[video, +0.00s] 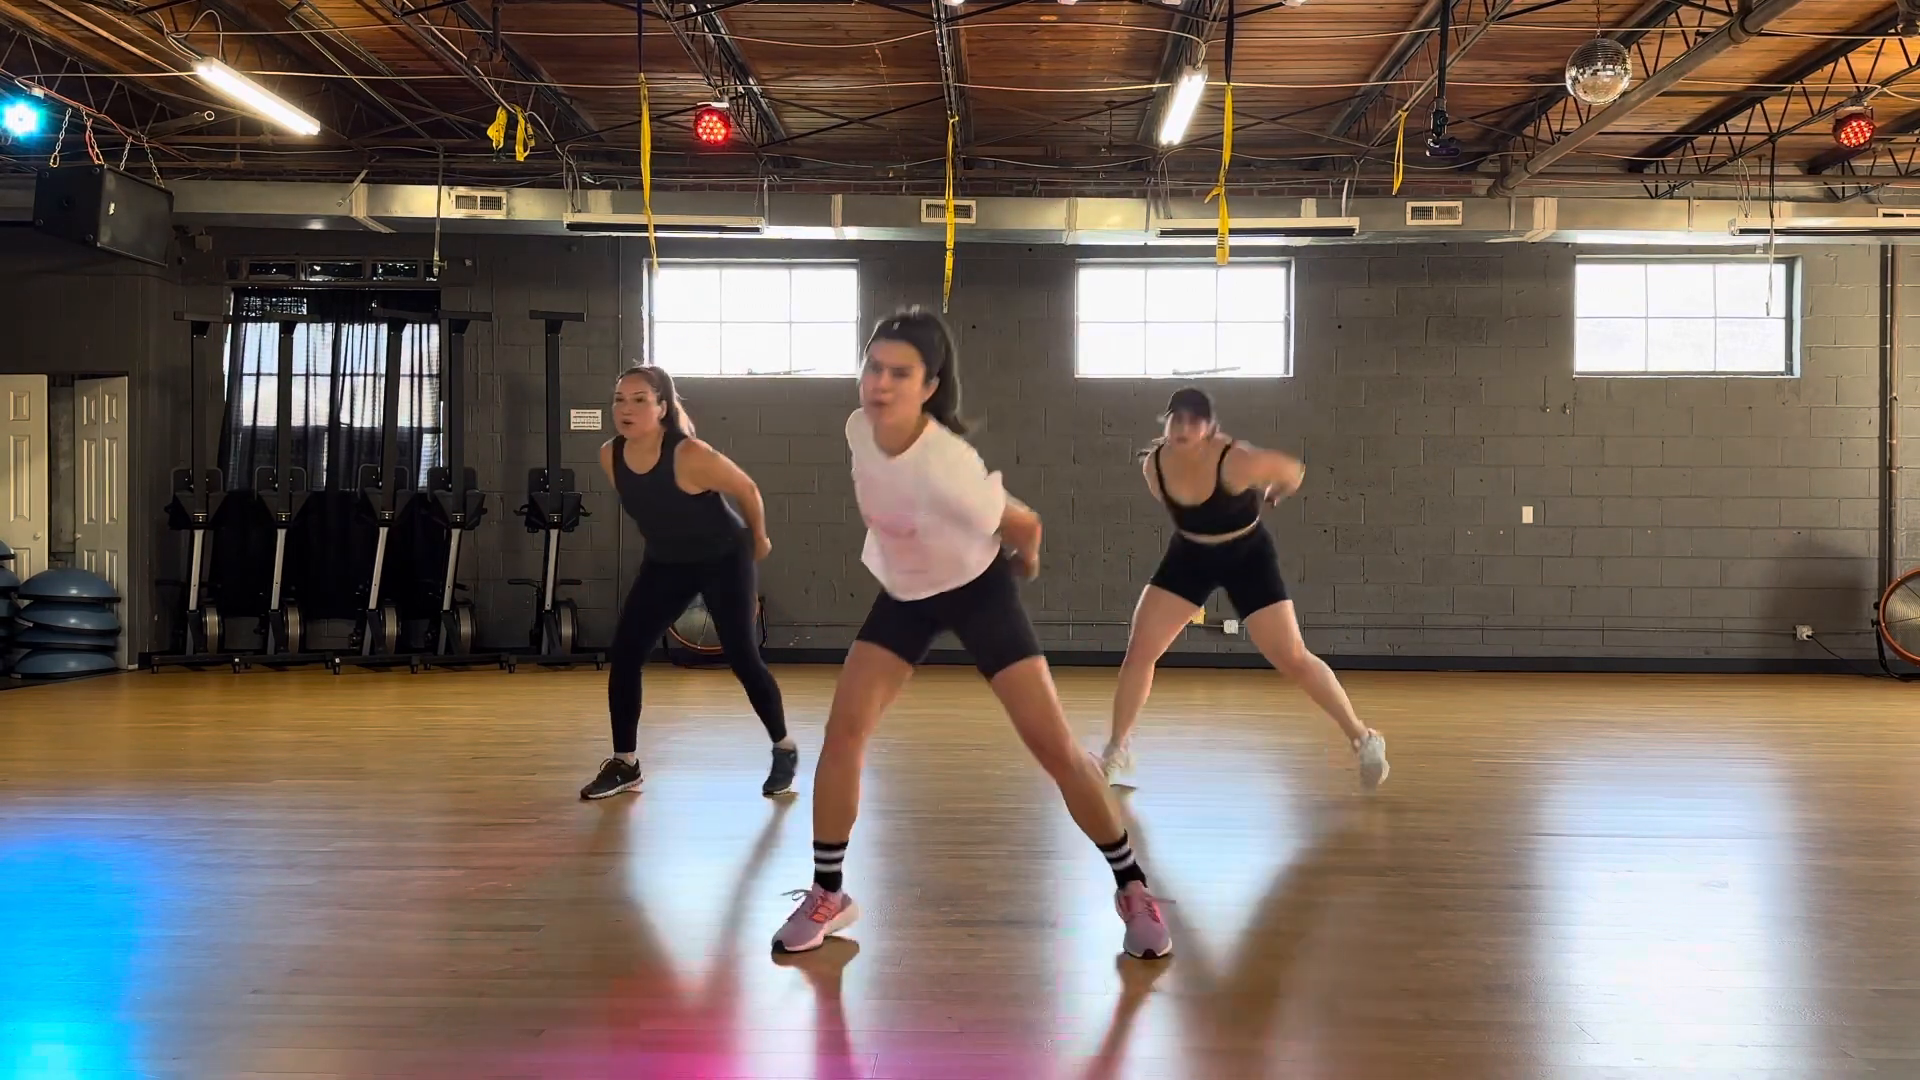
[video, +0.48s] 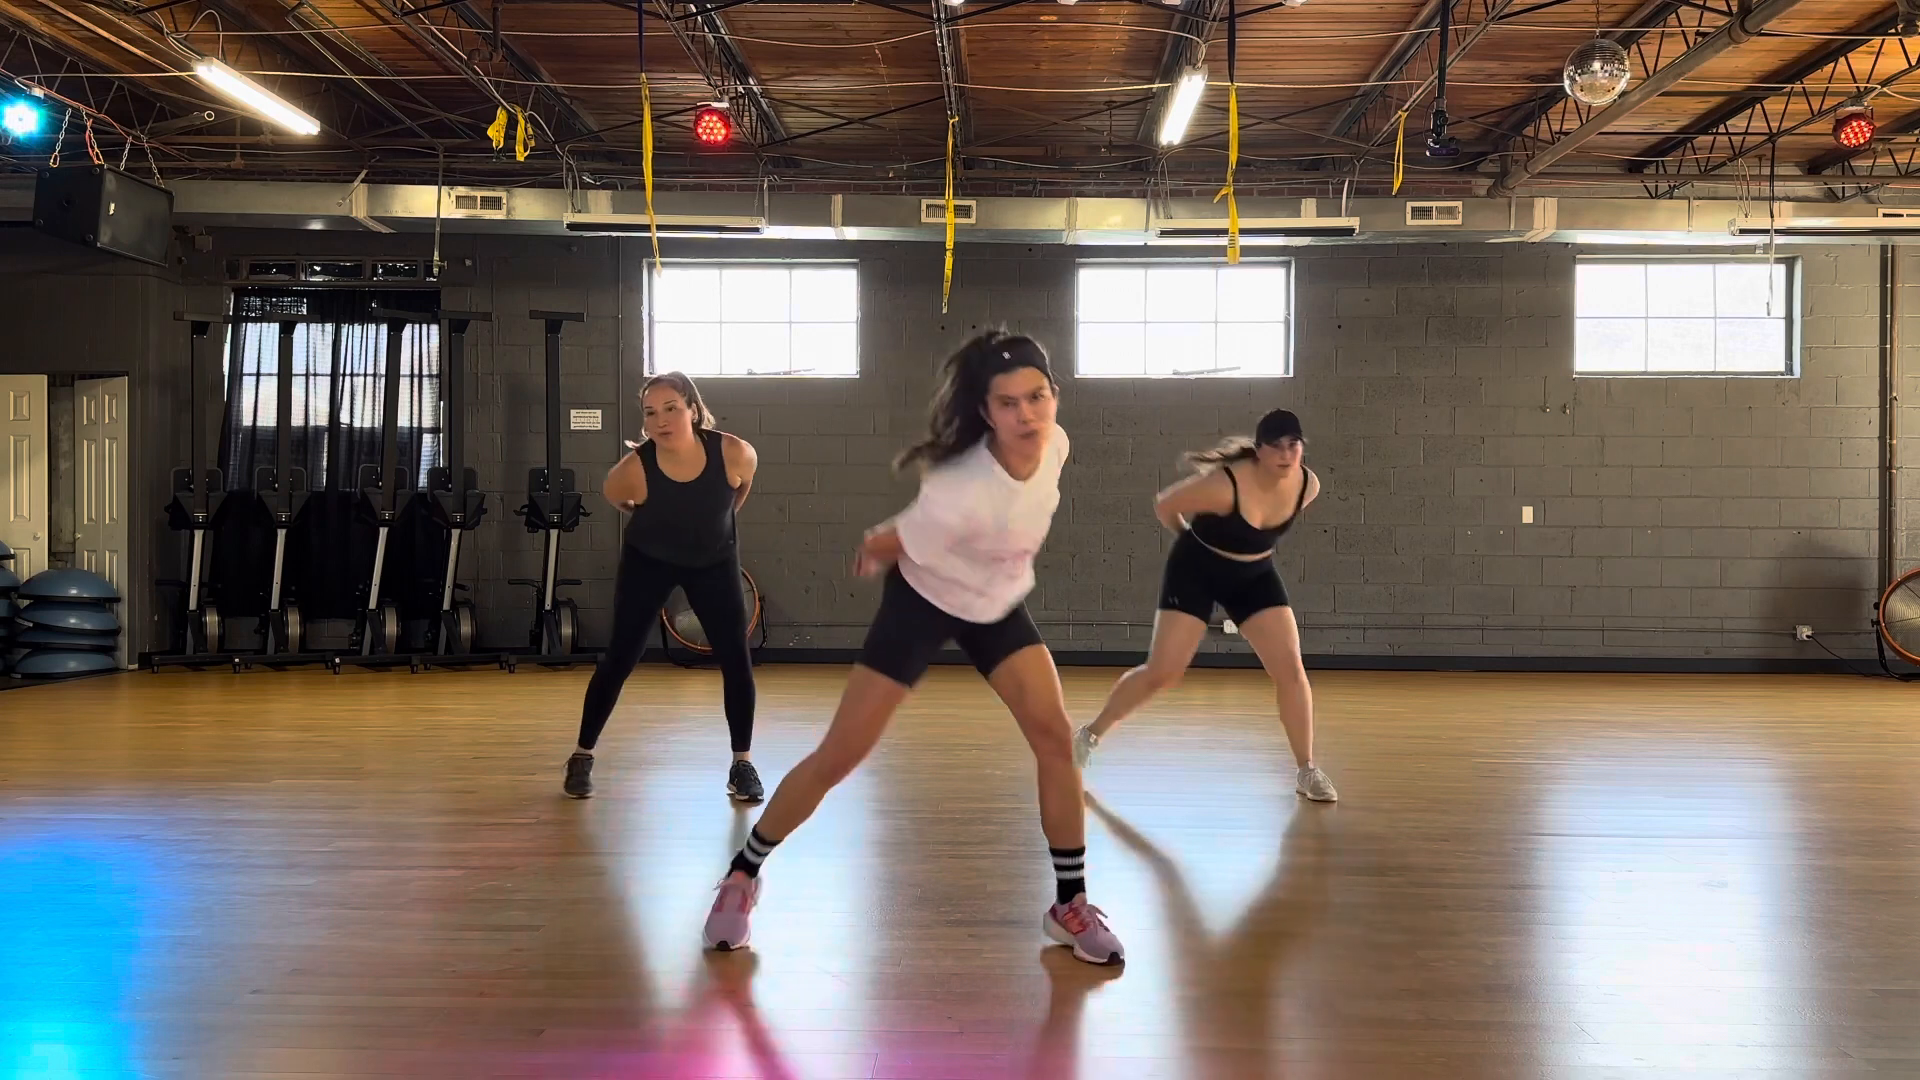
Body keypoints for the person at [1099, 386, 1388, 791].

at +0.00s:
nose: (1179, 432)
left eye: (1190, 426)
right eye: (1175, 423)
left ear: (1209, 428)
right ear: (1166, 421)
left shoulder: (1236, 462)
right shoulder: (1153, 464)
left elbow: (1293, 471)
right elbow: (1172, 502)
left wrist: (1277, 493)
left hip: (1246, 555)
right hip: (1189, 555)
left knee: (1292, 658)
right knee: (1140, 651)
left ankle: (1362, 737)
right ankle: (1116, 750)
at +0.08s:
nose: (1169, 454)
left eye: (1179, 448)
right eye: (1165, 443)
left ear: (1197, 455)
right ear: (1156, 441)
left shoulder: (1216, 499)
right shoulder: (1147, 471)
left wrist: (1262, 546)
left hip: (1230, 578)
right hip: (1175, 574)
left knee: (1275, 680)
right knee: (1126, 660)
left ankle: (1355, 749)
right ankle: (1122, 760)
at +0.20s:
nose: (1200, 463)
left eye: (1211, 456)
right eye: (1194, 452)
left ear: (1221, 461)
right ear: (1181, 447)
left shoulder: (1229, 508)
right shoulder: (1158, 462)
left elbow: (1269, 544)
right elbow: (1176, 509)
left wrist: (1249, 562)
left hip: (1223, 580)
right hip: (1167, 570)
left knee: (1267, 677)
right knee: (1116, 661)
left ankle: (1345, 749)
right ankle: (1118, 757)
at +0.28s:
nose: (1234, 454)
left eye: (1242, 447)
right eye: (1227, 445)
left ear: (1251, 447)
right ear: (1209, 439)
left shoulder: (1259, 490)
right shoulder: (1173, 453)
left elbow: (1283, 527)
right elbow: (1161, 477)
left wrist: (1243, 533)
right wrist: (1180, 443)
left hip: (1231, 563)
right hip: (1171, 552)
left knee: (1278, 659)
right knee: (1128, 650)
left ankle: (1338, 746)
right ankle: (1106, 745)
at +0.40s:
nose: (1264, 446)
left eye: (1272, 437)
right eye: (1254, 437)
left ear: (1281, 440)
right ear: (1237, 436)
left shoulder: (1294, 490)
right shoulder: (1194, 457)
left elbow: (1279, 518)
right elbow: (1156, 477)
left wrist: (1243, 524)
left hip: (1243, 559)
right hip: (1183, 549)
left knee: (1288, 657)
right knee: (1143, 657)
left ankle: (1322, 756)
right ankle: (1093, 741)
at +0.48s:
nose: (1287, 453)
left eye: (1293, 444)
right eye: (1276, 445)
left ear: (1302, 446)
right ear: (1258, 449)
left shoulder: (1308, 486)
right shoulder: (1225, 484)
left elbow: (1271, 519)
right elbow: (1165, 505)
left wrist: (1237, 539)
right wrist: (1190, 540)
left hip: (1254, 573)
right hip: (1198, 568)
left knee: (1290, 667)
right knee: (1163, 672)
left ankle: (1307, 770)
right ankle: (1091, 734)